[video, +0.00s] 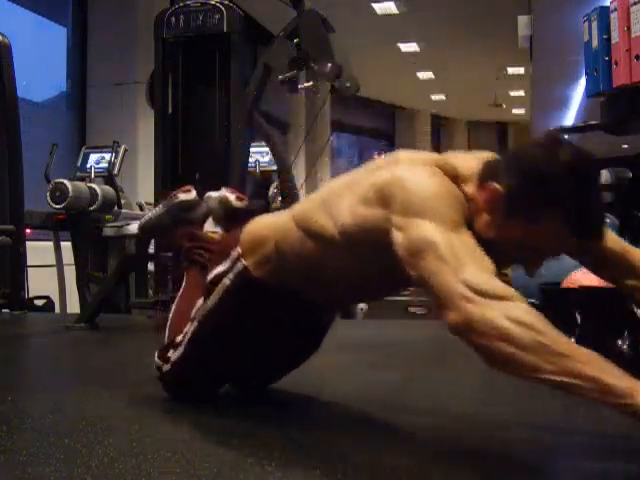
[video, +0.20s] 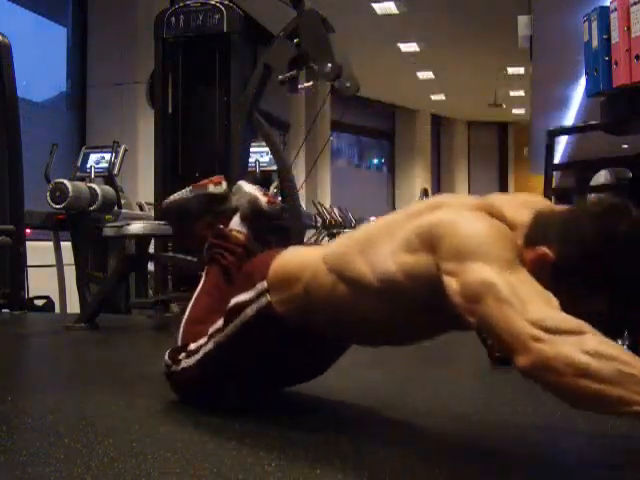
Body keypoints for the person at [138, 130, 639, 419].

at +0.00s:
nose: (527, 264)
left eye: (543, 255)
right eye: (529, 249)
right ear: (494, 204)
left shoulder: (520, 184)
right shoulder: (418, 190)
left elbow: (622, 264)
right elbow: (483, 316)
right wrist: (628, 391)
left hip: (317, 302)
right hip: (261, 282)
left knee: (244, 382)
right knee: (179, 377)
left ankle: (233, 248)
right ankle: (200, 259)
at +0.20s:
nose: (555, 302)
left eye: (583, 309)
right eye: (564, 296)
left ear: (545, 249)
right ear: (541, 259)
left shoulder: (540, 217)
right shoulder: (469, 239)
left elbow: (569, 325)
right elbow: (540, 353)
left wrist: (633, 375)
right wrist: (639, 393)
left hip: (330, 316)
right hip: (283, 303)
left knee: (249, 376)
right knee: (185, 372)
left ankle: (254, 246)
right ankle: (226, 250)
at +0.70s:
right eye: (552, 302)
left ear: (540, 251)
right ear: (536, 260)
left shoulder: (541, 214)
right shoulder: (464, 224)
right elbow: (521, 341)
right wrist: (637, 392)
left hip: (330, 315)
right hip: (283, 298)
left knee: (238, 378)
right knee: (184, 372)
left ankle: (261, 252)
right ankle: (233, 256)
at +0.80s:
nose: (514, 283)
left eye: (533, 283)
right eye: (528, 275)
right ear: (514, 233)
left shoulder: (526, 190)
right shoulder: (444, 199)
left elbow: (611, 238)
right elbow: (494, 321)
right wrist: (632, 393)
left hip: (327, 302)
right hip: (275, 285)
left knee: (255, 378)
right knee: (183, 373)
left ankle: (257, 246)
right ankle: (227, 249)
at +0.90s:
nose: (503, 273)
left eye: (517, 269)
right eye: (509, 259)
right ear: (492, 210)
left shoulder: (529, 187)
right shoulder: (421, 174)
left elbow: (623, 261)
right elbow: (458, 299)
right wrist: (597, 390)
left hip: (324, 294)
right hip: (262, 271)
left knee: (250, 382)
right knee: (185, 377)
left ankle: (240, 229)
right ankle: (220, 242)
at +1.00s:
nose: (483, 247)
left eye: (498, 243)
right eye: (488, 236)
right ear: (467, 191)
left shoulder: (496, 164)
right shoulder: (398, 152)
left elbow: (591, 247)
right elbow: (422, 282)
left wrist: (637, 293)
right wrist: (540, 380)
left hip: (315, 279)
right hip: (252, 255)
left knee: (247, 381)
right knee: (181, 377)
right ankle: (209, 240)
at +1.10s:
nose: (466, 228)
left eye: (479, 224)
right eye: (469, 217)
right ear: (447, 168)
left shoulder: (480, 148)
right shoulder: (376, 136)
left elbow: (558, 231)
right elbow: (390, 266)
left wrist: (614, 302)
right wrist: (493, 369)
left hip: (304, 271)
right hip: (238, 252)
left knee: (243, 381)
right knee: (182, 381)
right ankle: (190, 254)